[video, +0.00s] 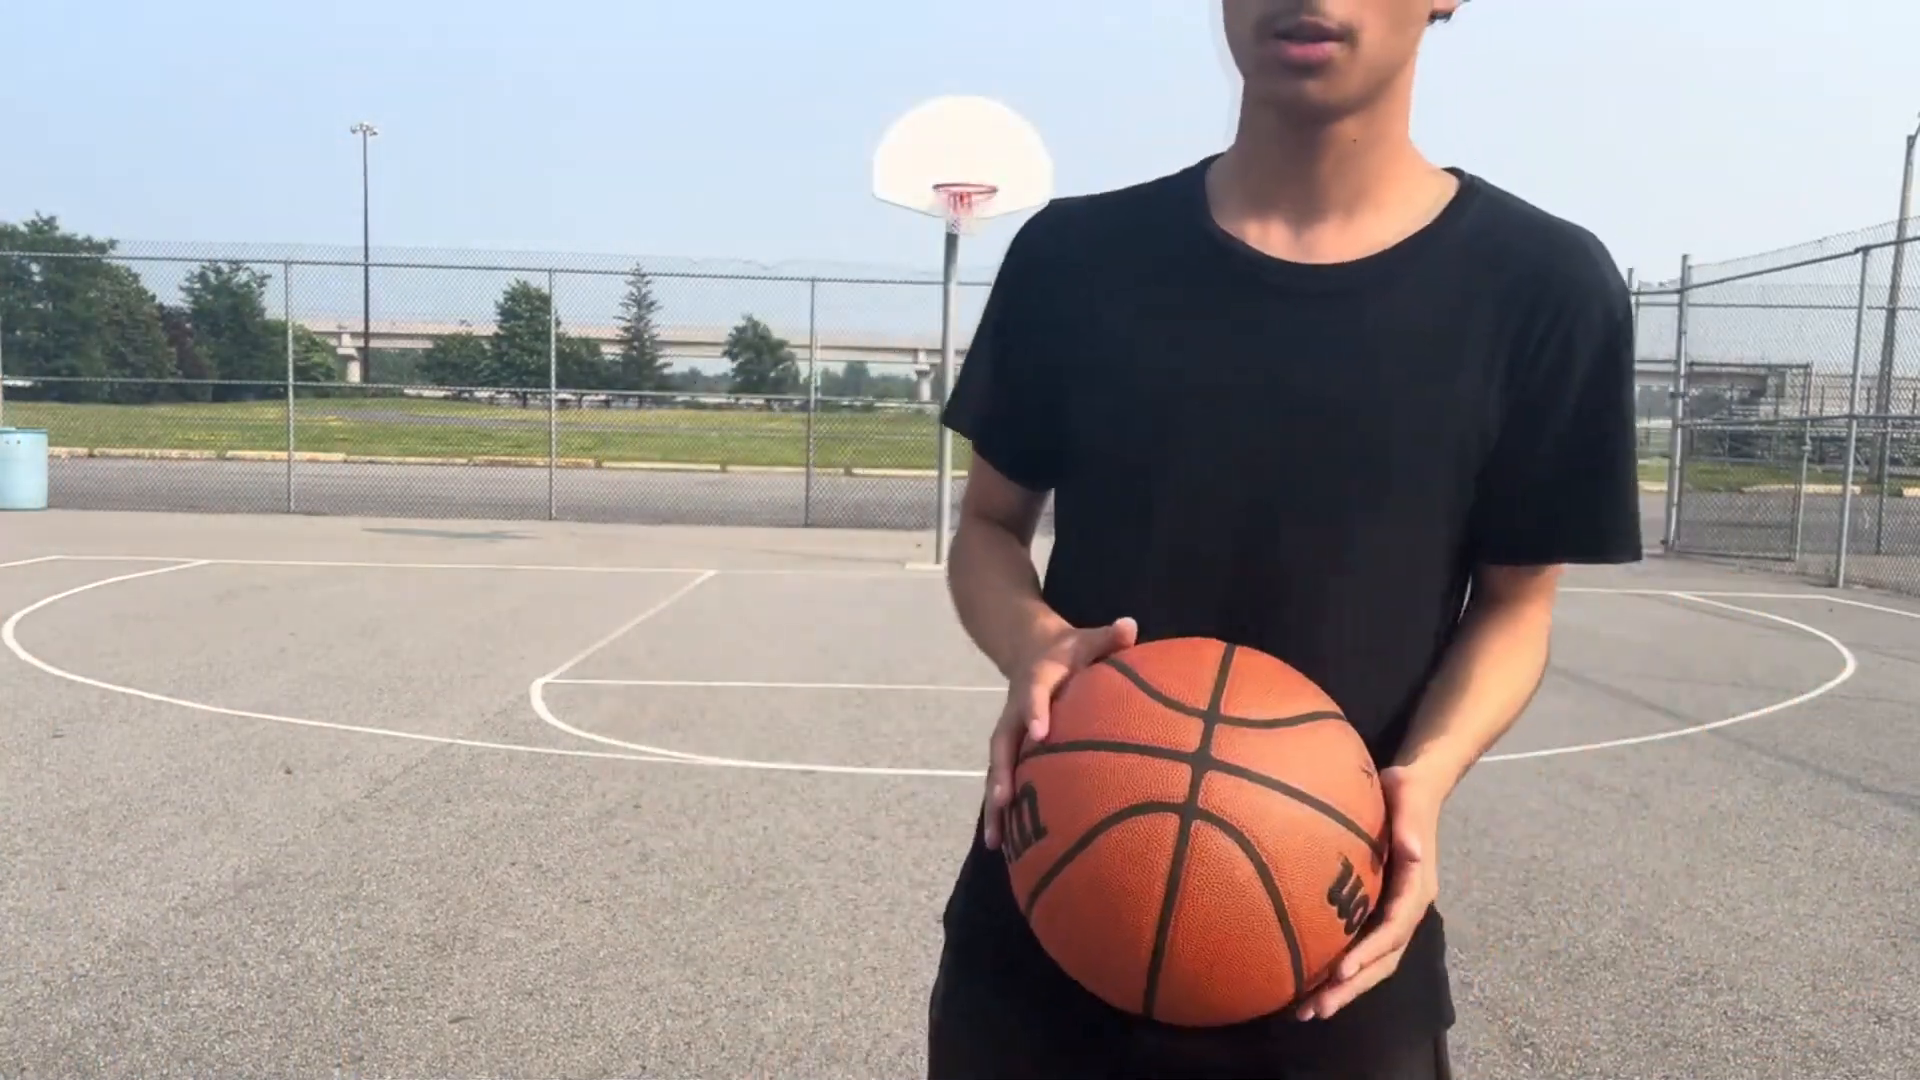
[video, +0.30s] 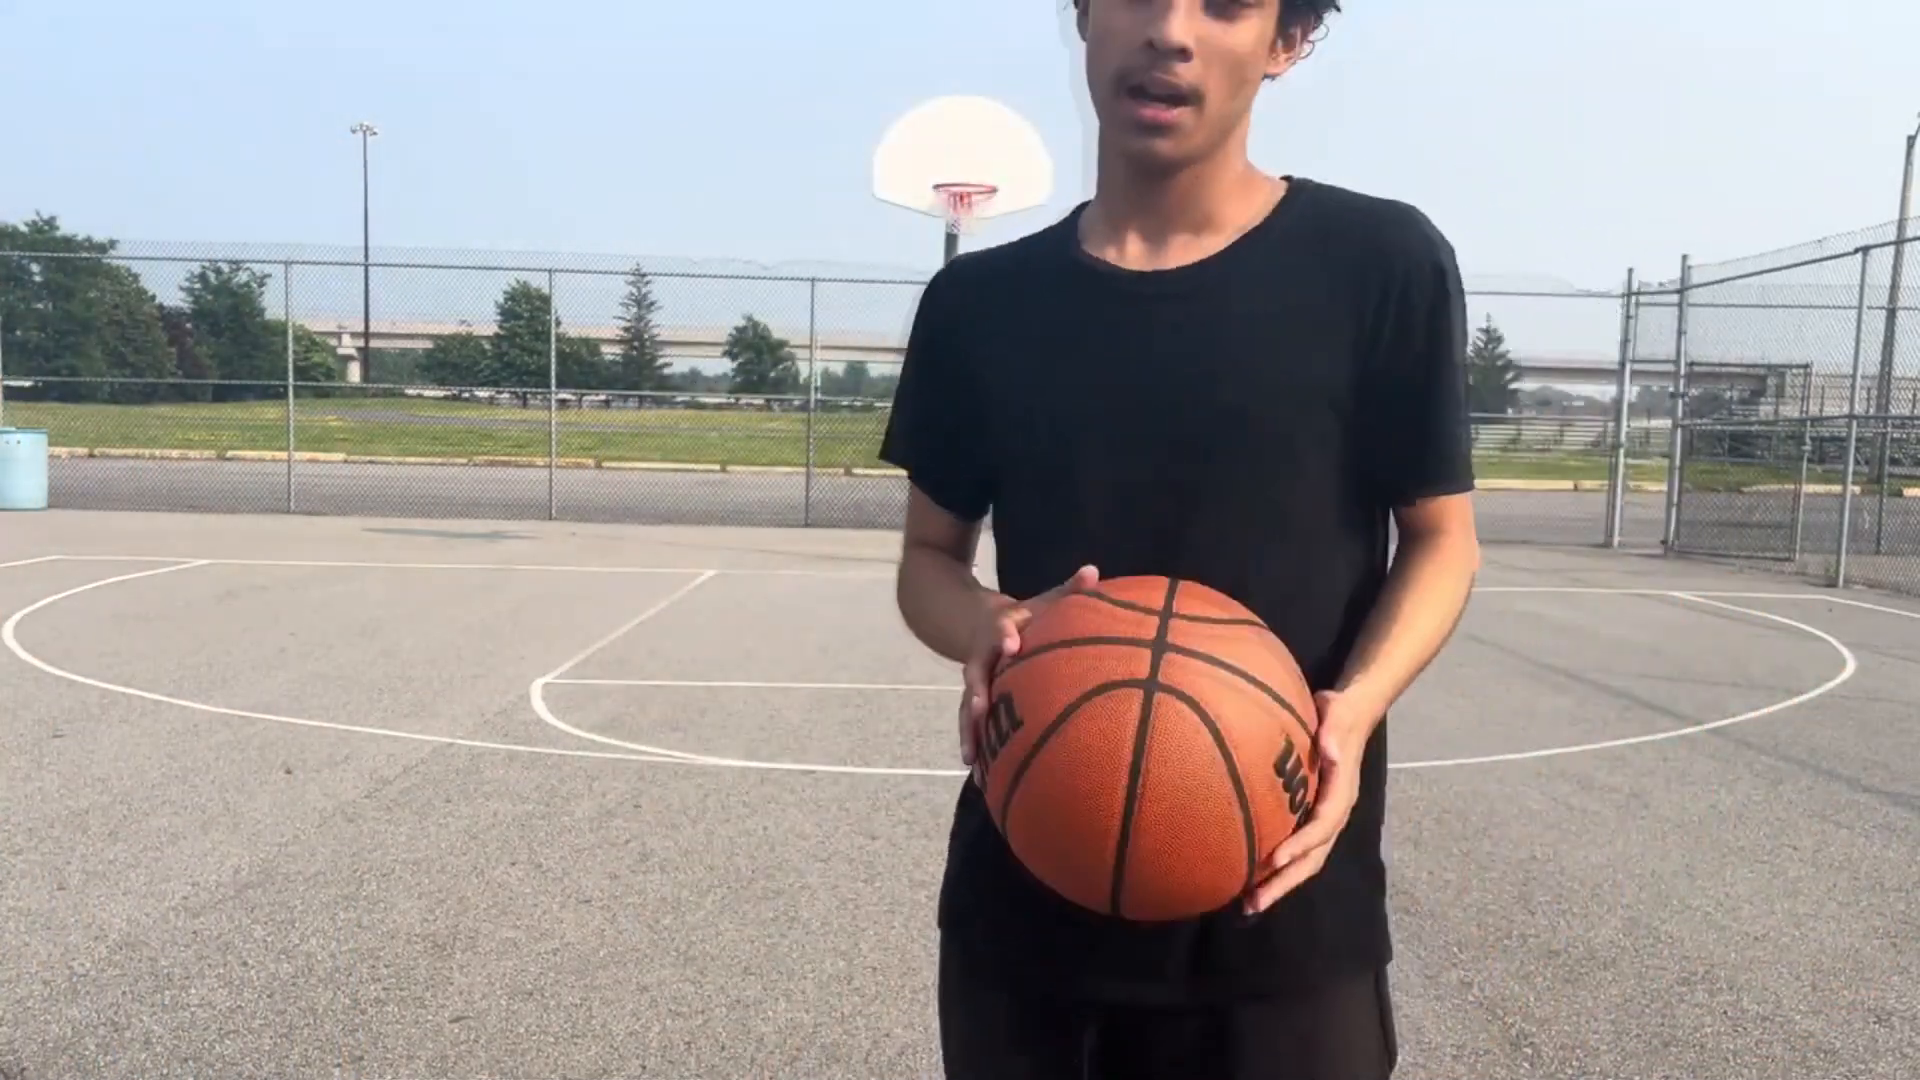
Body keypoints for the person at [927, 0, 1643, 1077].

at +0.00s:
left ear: (1436, 1)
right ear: (1222, 1)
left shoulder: (1547, 287)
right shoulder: (1071, 255)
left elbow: (1515, 601)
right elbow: (988, 528)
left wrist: (1422, 771)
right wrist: (1033, 643)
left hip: (1346, 929)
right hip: (1054, 906)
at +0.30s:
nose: (1170, 33)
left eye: (1221, 4)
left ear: (1285, 42)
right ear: (1083, 20)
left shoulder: (1387, 266)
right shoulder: (979, 302)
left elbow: (1442, 541)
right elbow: (929, 563)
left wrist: (1355, 702)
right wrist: (988, 628)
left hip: (1289, 908)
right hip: (1030, 903)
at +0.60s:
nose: (1066, 55)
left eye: (1108, 19)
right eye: (1025, 21)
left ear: (1171, 53)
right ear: (979, 61)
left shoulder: (1313, 242)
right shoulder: (942, 352)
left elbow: (1409, 494)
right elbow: (925, 606)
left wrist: (1350, 665)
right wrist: (1015, 660)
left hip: (1305, 834)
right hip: (1060, 842)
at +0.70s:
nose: (1060, 60)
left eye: (1100, 23)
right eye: (1020, 28)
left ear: (1164, 55)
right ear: (977, 69)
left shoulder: (1310, 237)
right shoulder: (946, 357)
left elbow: (1408, 489)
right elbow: (938, 623)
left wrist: (1373, 669)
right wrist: (1038, 660)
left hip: (1313, 817)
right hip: (1068, 837)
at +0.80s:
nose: (1071, 54)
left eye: (1110, 17)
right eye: (1031, 24)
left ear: (1177, 47)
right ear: (987, 67)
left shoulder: (1322, 236)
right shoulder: (955, 345)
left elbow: (1418, 490)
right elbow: (938, 625)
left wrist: (1423, 669)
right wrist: (1057, 623)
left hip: (1321, 837)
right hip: (1076, 853)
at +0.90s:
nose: (1096, 40)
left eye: (1135, 5)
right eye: (1055, 13)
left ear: (1205, 35)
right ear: (1011, 61)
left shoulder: (1351, 243)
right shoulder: (971, 335)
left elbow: (1429, 495)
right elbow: (950, 623)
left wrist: (1461, 686)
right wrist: (1057, 609)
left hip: (1330, 867)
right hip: (1080, 877)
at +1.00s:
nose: (1138, 43)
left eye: (1177, 4)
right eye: (1096, 13)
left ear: (1250, 25)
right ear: (1054, 50)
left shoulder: (1393, 254)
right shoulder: (1004, 324)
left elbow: (1436, 537)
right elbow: (979, 608)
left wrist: (1466, 714)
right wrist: (1038, 645)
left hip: (1346, 886)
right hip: (1089, 897)